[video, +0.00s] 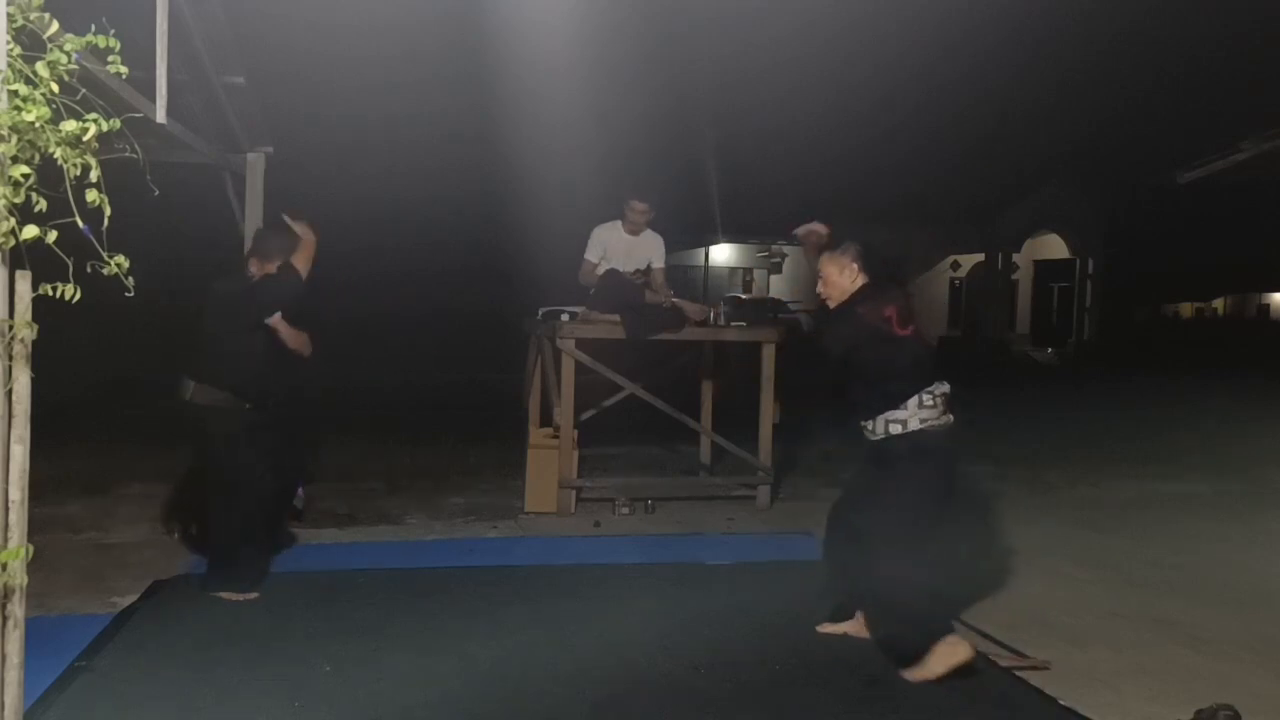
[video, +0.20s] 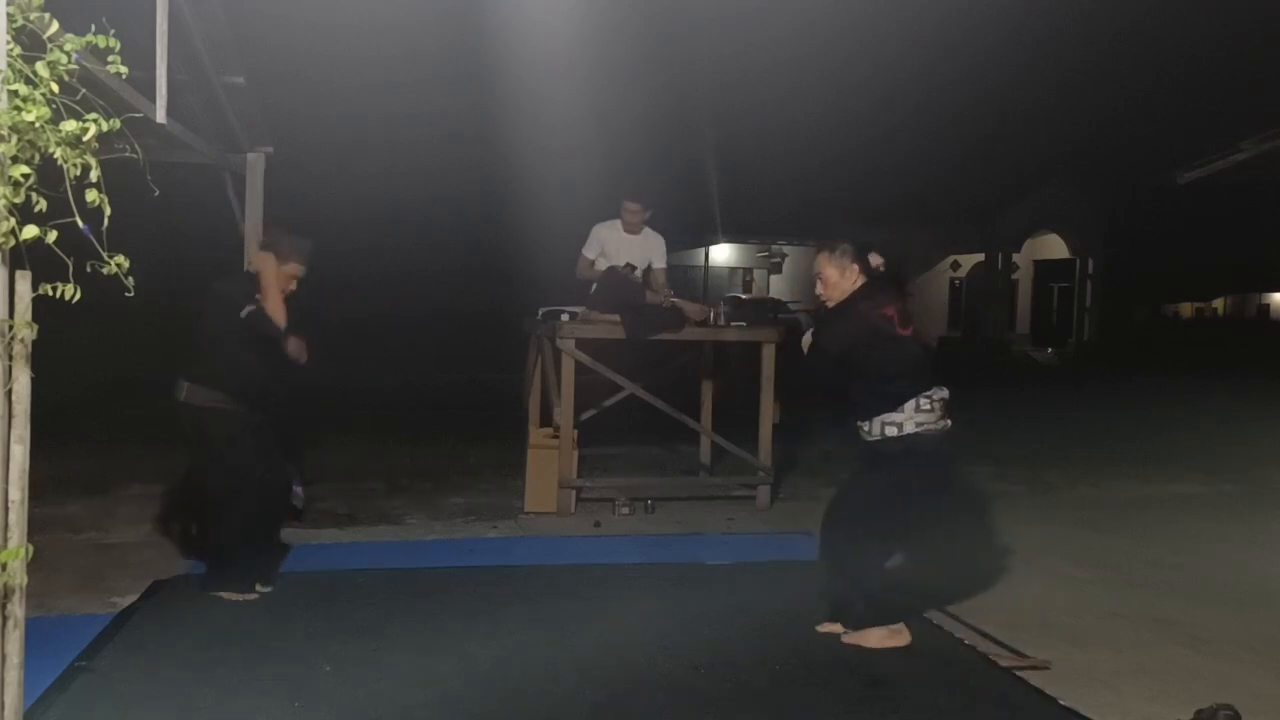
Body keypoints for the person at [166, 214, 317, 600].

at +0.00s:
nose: (283, 276)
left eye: (285, 270)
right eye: (280, 270)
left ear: (255, 260)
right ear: (260, 264)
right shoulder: (236, 294)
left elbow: (307, 347)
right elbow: (290, 280)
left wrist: (290, 334)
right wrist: (309, 241)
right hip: (226, 408)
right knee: (241, 491)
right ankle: (229, 579)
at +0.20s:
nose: (292, 287)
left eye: (297, 280)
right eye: (291, 276)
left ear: (283, 269)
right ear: (267, 264)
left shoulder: (257, 296)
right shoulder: (236, 293)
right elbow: (271, 330)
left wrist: (289, 344)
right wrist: (267, 276)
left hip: (233, 404)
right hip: (213, 406)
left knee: (261, 480)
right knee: (238, 486)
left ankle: (255, 567)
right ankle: (227, 576)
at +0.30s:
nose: (291, 278)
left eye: (294, 272)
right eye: (288, 269)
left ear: (269, 267)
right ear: (265, 263)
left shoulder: (258, 298)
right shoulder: (232, 295)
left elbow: (260, 345)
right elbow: (269, 346)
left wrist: (286, 347)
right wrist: (287, 292)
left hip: (233, 405)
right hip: (209, 408)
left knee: (263, 481)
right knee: (233, 487)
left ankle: (252, 569)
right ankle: (226, 578)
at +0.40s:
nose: (280, 275)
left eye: (283, 268)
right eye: (276, 266)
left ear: (261, 262)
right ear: (248, 257)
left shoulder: (253, 294)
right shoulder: (223, 291)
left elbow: (280, 340)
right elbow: (268, 341)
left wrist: (276, 317)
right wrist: (300, 292)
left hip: (238, 403)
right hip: (208, 406)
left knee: (260, 484)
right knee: (230, 488)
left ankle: (256, 571)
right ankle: (226, 578)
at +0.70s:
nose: (229, 268)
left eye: (232, 260)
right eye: (223, 259)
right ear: (194, 253)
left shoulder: (202, 289)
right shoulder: (181, 294)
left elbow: (213, 340)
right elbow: (236, 341)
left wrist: (241, 317)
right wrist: (301, 324)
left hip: (205, 410)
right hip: (173, 414)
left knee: (233, 486)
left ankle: (236, 572)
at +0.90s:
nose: (148, 270)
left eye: (152, 260)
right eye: (141, 259)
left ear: (154, 259)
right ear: (112, 254)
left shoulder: (149, 301)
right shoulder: (86, 303)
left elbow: (195, 345)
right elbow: (100, 375)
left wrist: (246, 382)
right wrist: (142, 423)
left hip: (130, 424)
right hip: (80, 427)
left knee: (178, 493)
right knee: (59, 512)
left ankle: (223, 571)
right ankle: (16, 578)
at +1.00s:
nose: (117, 264)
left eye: (122, 256)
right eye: (109, 254)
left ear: (127, 255)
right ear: (79, 252)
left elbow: (172, 348)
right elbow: (44, 375)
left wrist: (218, 382)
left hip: (127, 424)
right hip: (72, 427)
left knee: (156, 497)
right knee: (49, 515)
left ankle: (202, 567)